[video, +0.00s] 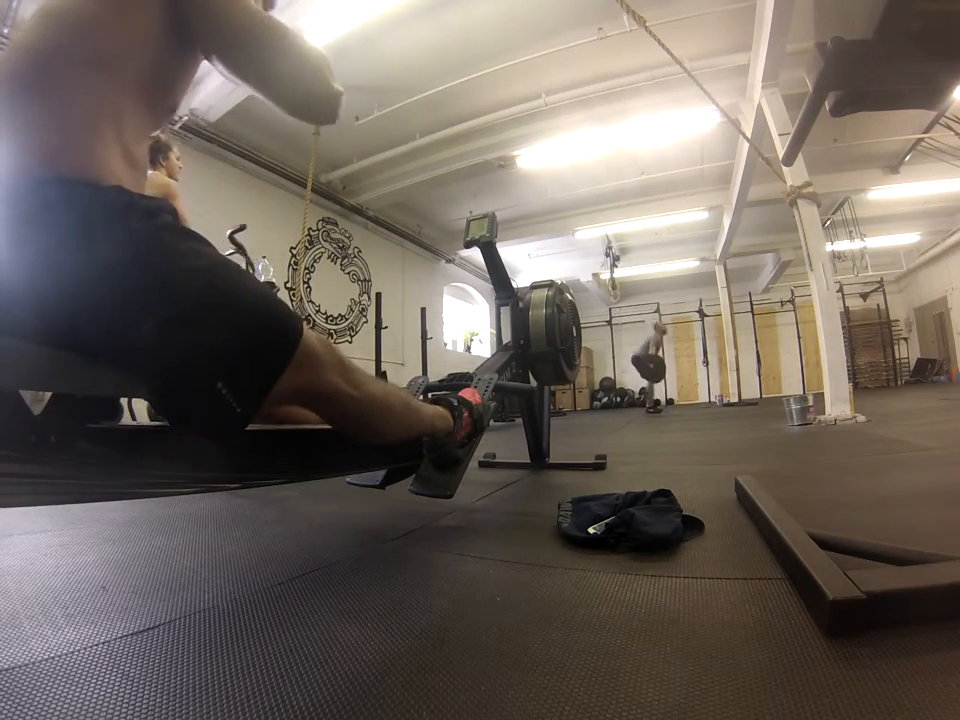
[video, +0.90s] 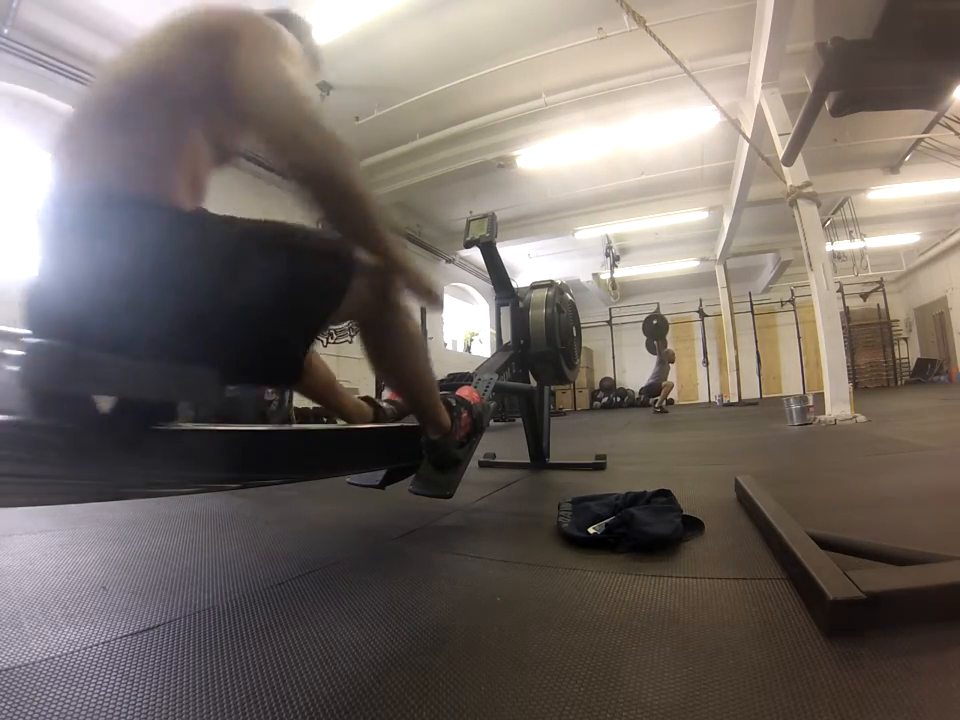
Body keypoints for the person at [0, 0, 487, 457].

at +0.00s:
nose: (265, 14)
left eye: (264, 11)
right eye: (263, 7)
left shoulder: (57, 25)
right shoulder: (184, 5)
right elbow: (321, 100)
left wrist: (158, 165)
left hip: (11, 227)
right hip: (94, 225)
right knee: (331, 382)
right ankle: (445, 424)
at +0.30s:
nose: (262, 36)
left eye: (263, 28)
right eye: (262, 23)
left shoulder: (61, 24)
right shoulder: (177, 7)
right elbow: (291, 120)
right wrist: (296, 74)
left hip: (12, 224)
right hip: (86, 222)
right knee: (326, 378)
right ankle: (443, 423)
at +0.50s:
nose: (256, 48)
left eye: (265, 36)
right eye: (264, 25)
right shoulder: (179, 2)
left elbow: (154, 200)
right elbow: (128, 53)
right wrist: (258, 233)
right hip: (75, 218)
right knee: (322, 366)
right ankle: (444, 424)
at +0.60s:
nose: (257, 57)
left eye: (266, 45)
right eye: (265, 33)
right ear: (243, 7)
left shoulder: (168, 84)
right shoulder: (204, 6)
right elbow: (86, 19)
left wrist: (214, 250)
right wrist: (187, 239)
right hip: (53, 217)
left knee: (279, 393)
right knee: (319, 338)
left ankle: (395, 424)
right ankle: (443, 426)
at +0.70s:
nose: (259, 70)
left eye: (272, 59)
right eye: (270, 46)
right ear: (250, 9)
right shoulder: (209, 3)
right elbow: (117, 34)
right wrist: (236, 231)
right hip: (60, 227)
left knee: (267, 348)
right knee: (331, 317)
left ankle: (358, 432)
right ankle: (443, 427)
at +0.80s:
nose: (265, 89)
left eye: (275, 76)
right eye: (274, 66)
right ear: (261, 22)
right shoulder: (220, 6)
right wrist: (304, 245)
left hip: (42, 262)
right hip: (97, 250)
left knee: (251, 329)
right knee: (343, 289)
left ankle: (359, 416)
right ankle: (444, 427)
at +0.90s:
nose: (302, 99)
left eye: (308, 92)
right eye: (306, 84)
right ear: (286, 46)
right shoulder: (248, 32)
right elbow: (318, 158)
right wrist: (391, 256)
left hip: (65, 279)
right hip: (136, 262)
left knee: (269, 322)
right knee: (374, 283)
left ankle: (364, 417)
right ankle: (444, 432)